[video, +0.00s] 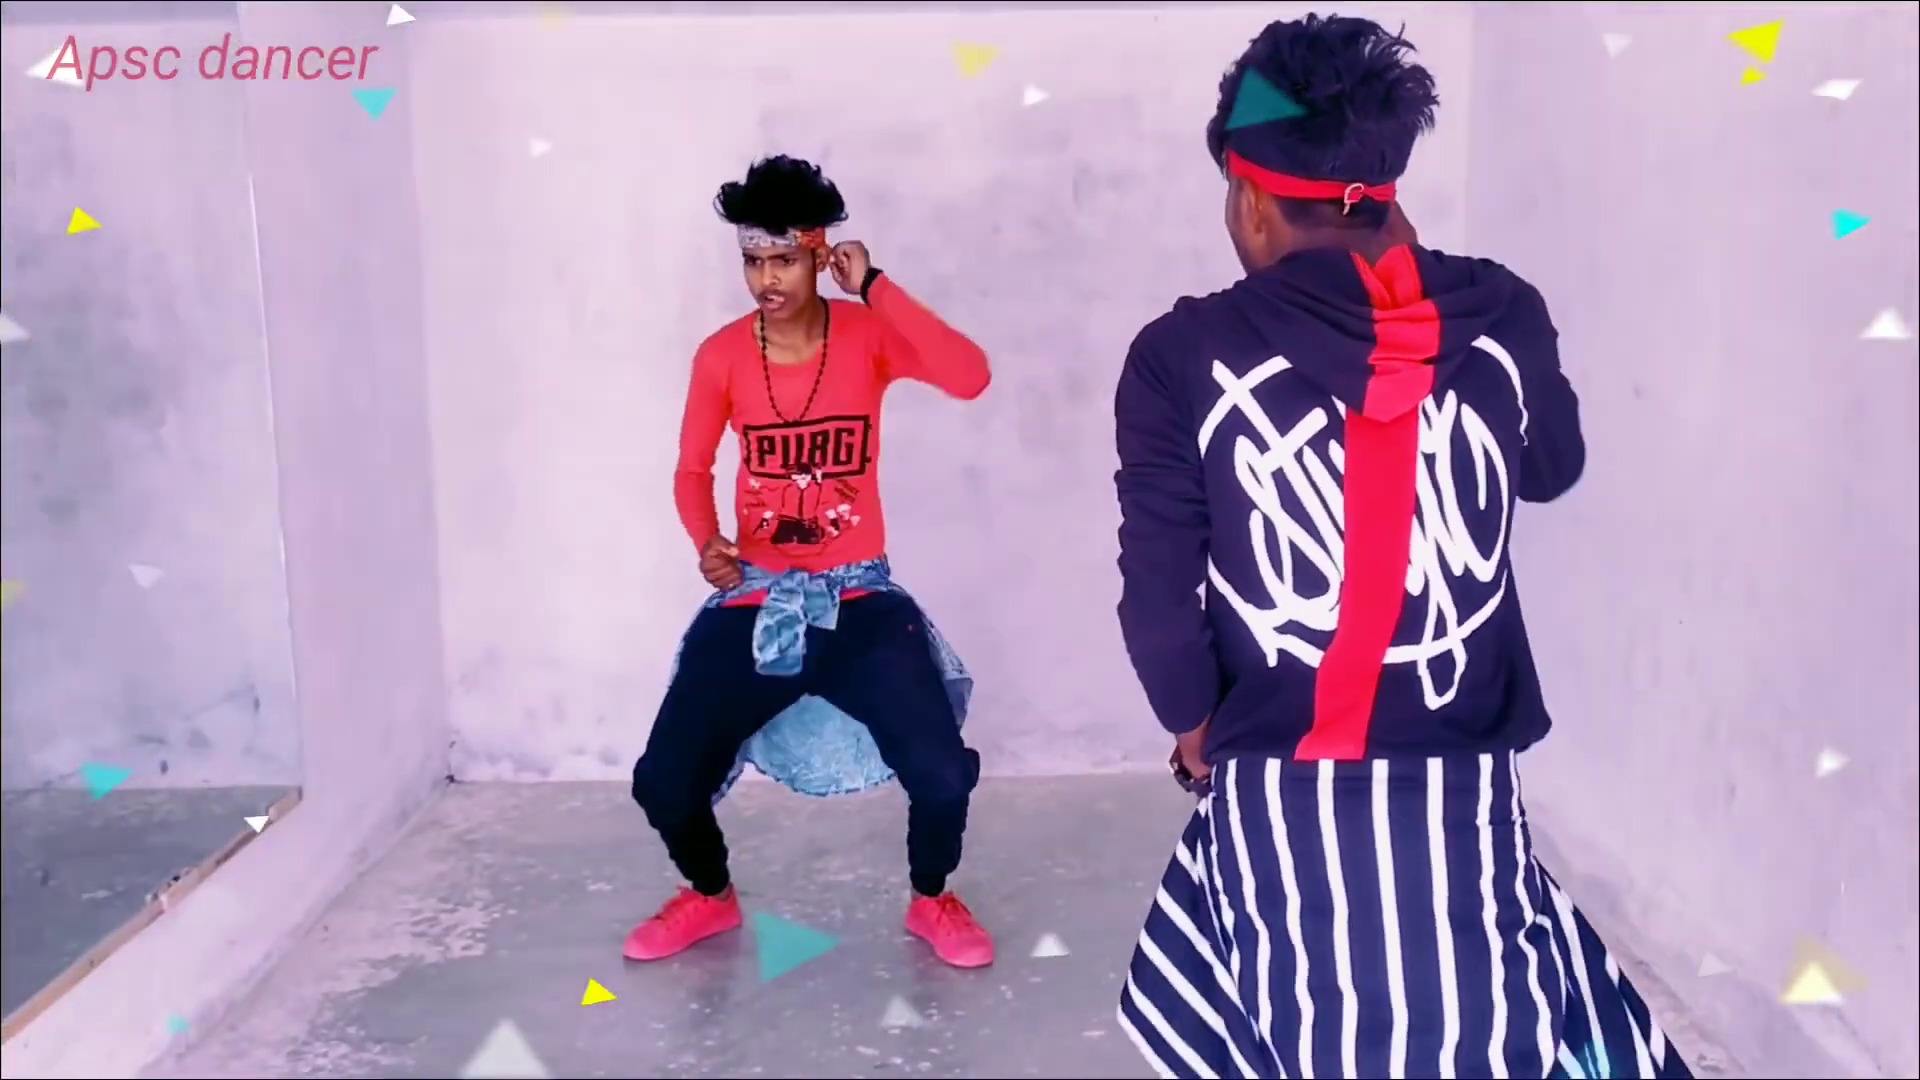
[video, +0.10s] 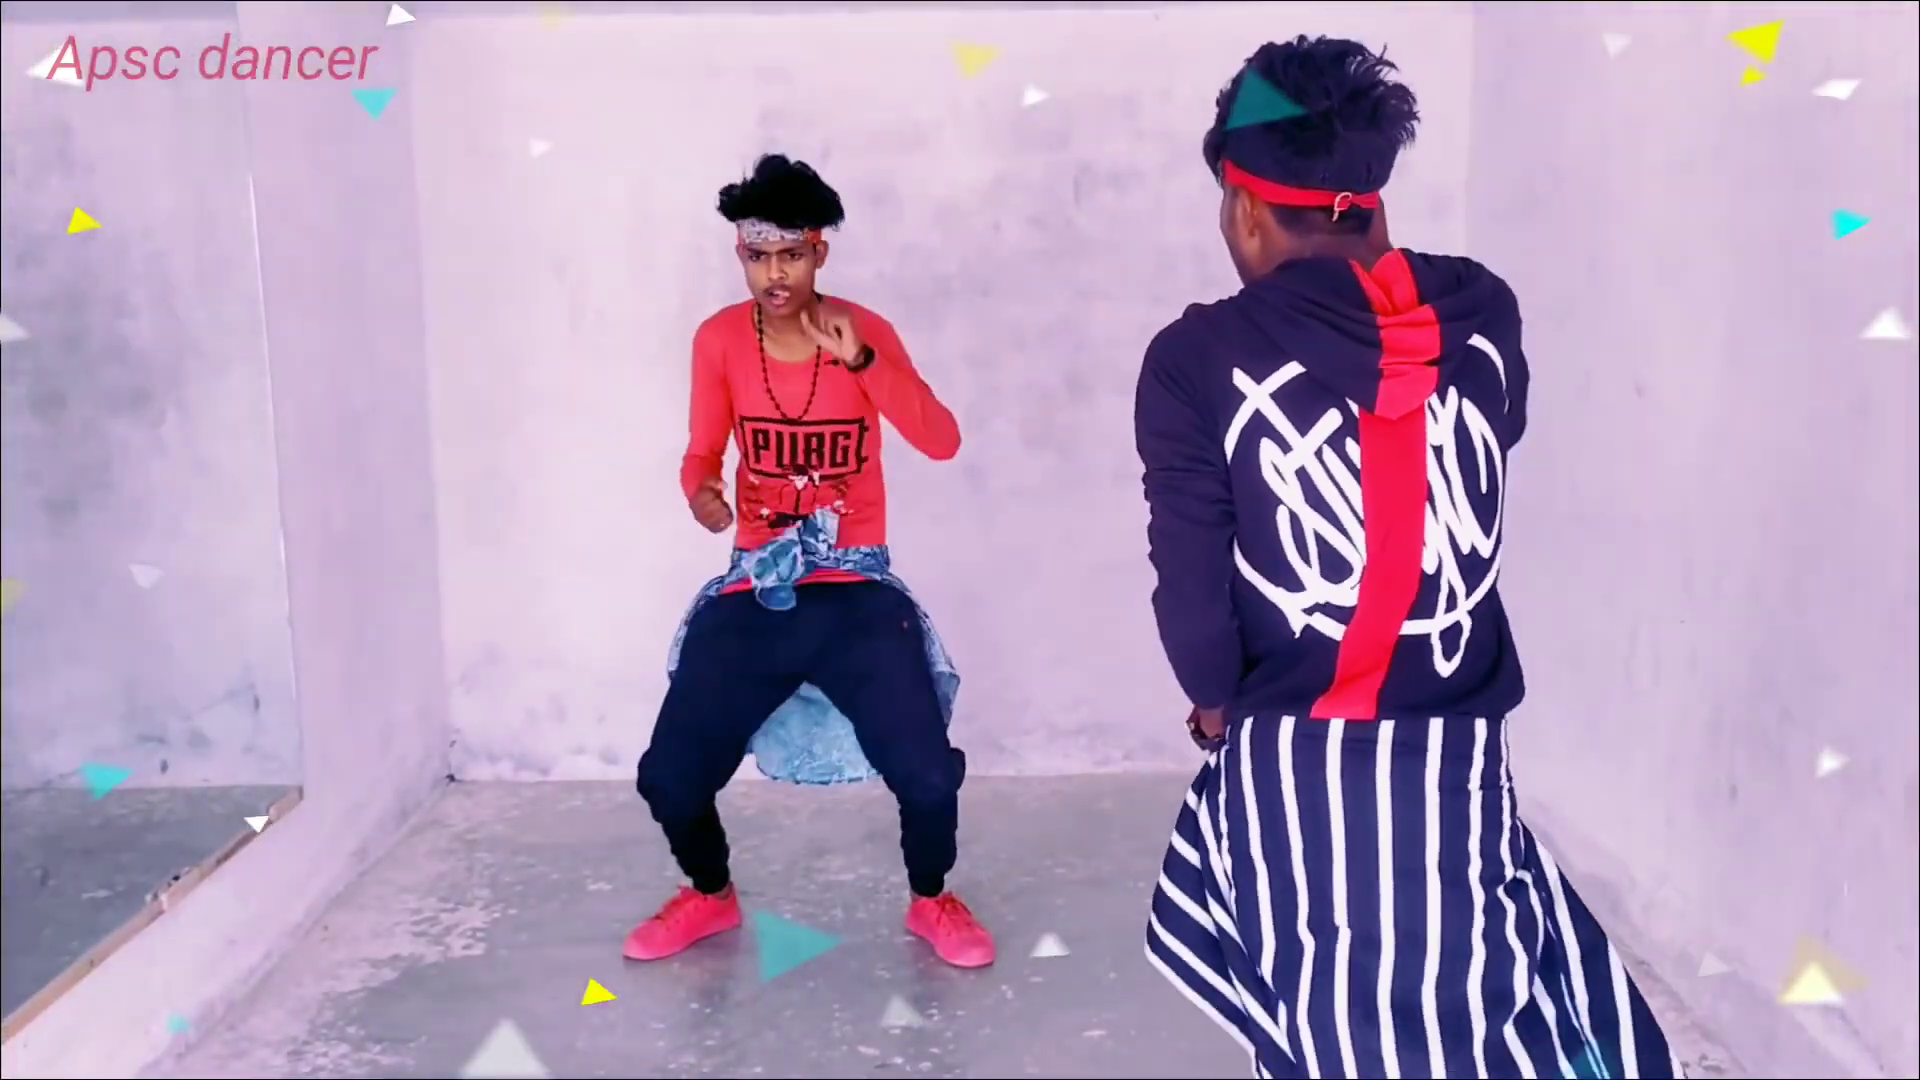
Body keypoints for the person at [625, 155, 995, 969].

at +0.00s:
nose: (766, 277)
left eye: (784, 259)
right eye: (753, 260)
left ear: (821, 260)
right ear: (741, 261)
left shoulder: (871, 334)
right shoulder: (725, 355)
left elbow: (969, 377)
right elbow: (693, 469)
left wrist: (875, 288)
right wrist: (708, 542)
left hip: (858, 602)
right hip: (750, 606)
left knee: (945, 773)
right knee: (663, 781)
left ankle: (931, 901)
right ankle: (710, 896)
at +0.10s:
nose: (774, 274)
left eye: (791, 254)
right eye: (758, 257)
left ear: (821, 253)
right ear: (741, 259)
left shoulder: (864, 332)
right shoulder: (722, 339)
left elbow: (942, 442)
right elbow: (701, 459)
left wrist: (863, 361)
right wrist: (706, 496)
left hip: (855, 592)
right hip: (752, 594)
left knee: (931, 772)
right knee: (669, 777)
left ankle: (931, 902)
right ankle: (710, 896)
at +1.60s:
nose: (735, 142)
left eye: (738, 126)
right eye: (715, 126)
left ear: (740, 137)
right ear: (666, 139)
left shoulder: (768, 235)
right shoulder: (622, 244)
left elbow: (794, 354)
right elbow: (615, 363)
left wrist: (827, 464)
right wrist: (581, 482)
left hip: (770, 497)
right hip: (665, 503)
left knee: (810, 674)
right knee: (616, 683)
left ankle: (839, 850)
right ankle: (569, 859)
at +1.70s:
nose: (737, 140)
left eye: (744, 124)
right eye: (717, 124)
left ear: (751, 136)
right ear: (671, 137)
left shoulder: (772, 234)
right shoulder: (627, 240)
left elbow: (798, 354)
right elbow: (623, 363)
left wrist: (834, 462)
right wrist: (599, 485)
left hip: (768, 496)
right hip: (662, 502)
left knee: (809, 674)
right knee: (625, 688)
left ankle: (841, 849)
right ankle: (597, 854)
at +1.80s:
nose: (738, 141)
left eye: (744, 125)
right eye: (720, 125)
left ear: (749, 137)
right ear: (672, 134)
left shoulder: (769, 233)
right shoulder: (625, 237)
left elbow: (792, 354)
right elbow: (619, 361)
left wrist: (827, 464)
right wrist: (602, 485)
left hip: (765, 494)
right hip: (660, 498)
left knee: (806, 670)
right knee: (623, 683)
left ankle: (842, 848)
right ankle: (596, 853)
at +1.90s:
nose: (738, 142)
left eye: (745, 126)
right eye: (720, 125)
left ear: (750, 137)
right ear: (673, 133)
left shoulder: (770, 233)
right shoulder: (625, 236)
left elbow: (788, 355)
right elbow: (614, 359)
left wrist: (815, 465)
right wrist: (599, 480)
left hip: (761, 492)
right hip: (658, 497)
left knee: (805, 671)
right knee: (628, 680)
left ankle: (842, 848)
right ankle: (597, 853)